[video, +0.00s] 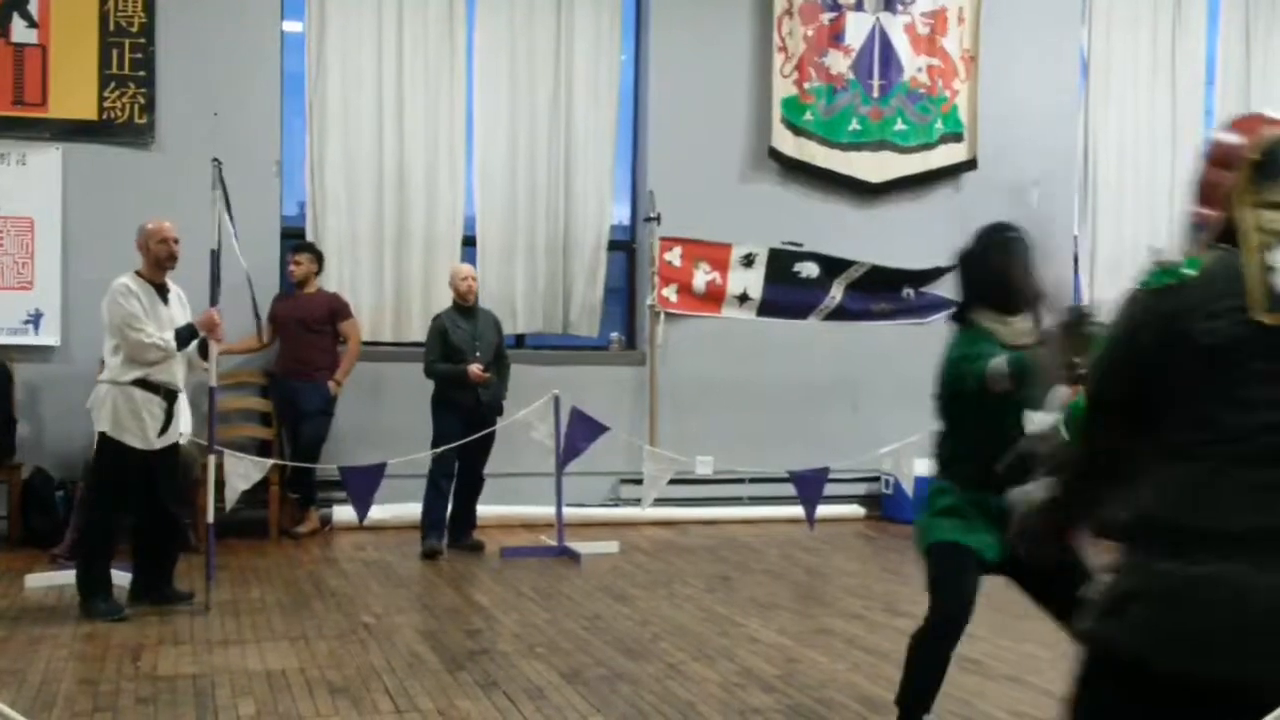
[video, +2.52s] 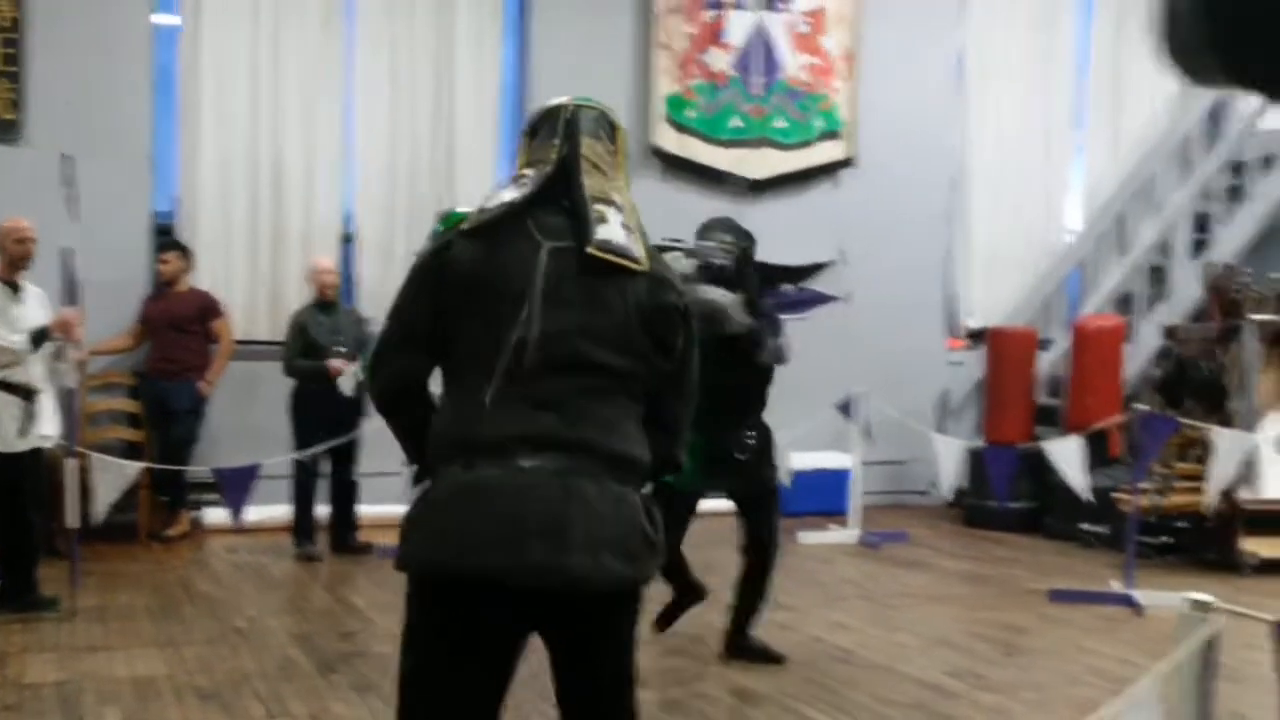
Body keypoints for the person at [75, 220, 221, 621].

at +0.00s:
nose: (173, 249)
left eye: (176, 242)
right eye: (164, 242)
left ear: (178, 248)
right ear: (143, 249)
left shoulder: (177, 296)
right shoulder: (123, 291)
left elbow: (184, 362)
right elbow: (144, 349)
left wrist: (206, 347)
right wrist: (196, 329)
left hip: (167, 413)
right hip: (125, 410)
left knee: (161, 504)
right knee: (107, 503)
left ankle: (153, 584)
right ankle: (95, 593)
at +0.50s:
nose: (163, 248)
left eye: (166, 242)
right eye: (154, 242)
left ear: (170, 248)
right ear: (133, 247)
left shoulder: (171, 295)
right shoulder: (113, 290)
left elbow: (182, 356)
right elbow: (132, 349)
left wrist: (199, 345)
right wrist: (185, 329)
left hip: (163, 410)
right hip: (121, 407)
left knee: (157, 501)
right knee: (106, 502)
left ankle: (150, 584)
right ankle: (93, 591)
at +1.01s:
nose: (145, 247)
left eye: (148, 240)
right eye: (136, 241)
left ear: (151, 246)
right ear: (114, 246)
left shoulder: (151, 293)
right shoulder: (93, 290)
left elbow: (166, 354)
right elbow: (114, 348)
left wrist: (183, 345)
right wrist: (167, 328)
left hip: (146, 410)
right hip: (104, 408)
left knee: (141, 502)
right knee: (90, 503)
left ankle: (134, 583)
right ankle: (76, 592)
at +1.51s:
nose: (147, 247)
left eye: (149, 240)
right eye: (138, 240)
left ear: (151, 246)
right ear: (115, 246)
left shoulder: (150, 293)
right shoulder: (94, 290)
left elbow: (168, 355)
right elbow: (115, 348)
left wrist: (183, 343)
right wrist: (168, 328)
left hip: (145, 410)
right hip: (104, 408)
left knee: (141, 501)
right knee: (91, 502)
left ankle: (135, 582)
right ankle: (77, 591)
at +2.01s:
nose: (116, 249)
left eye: (118, 242)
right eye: (107, 242)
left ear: (120, 247)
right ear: (85, 247)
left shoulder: (122, 294)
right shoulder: (64, 291)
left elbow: (139, 363)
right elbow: (83, 350)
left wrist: (154, 345)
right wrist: (138, 329)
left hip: (116, 415)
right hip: (73, 413)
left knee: (112, 505)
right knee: (60, 506)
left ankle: (107, 585)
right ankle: (48, 593)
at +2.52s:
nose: (28, 249)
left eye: (31, 242)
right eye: (19, 242)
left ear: (35, 247)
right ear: (2, 246)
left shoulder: (36, 296)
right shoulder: (3, 295)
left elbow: (49, 362)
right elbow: (6, 352)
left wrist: (67, 346)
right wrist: (46, 334)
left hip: (35, 423)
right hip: (7, 426)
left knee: (31, 511)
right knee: (10, 512)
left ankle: (24, 588)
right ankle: (13, 590)